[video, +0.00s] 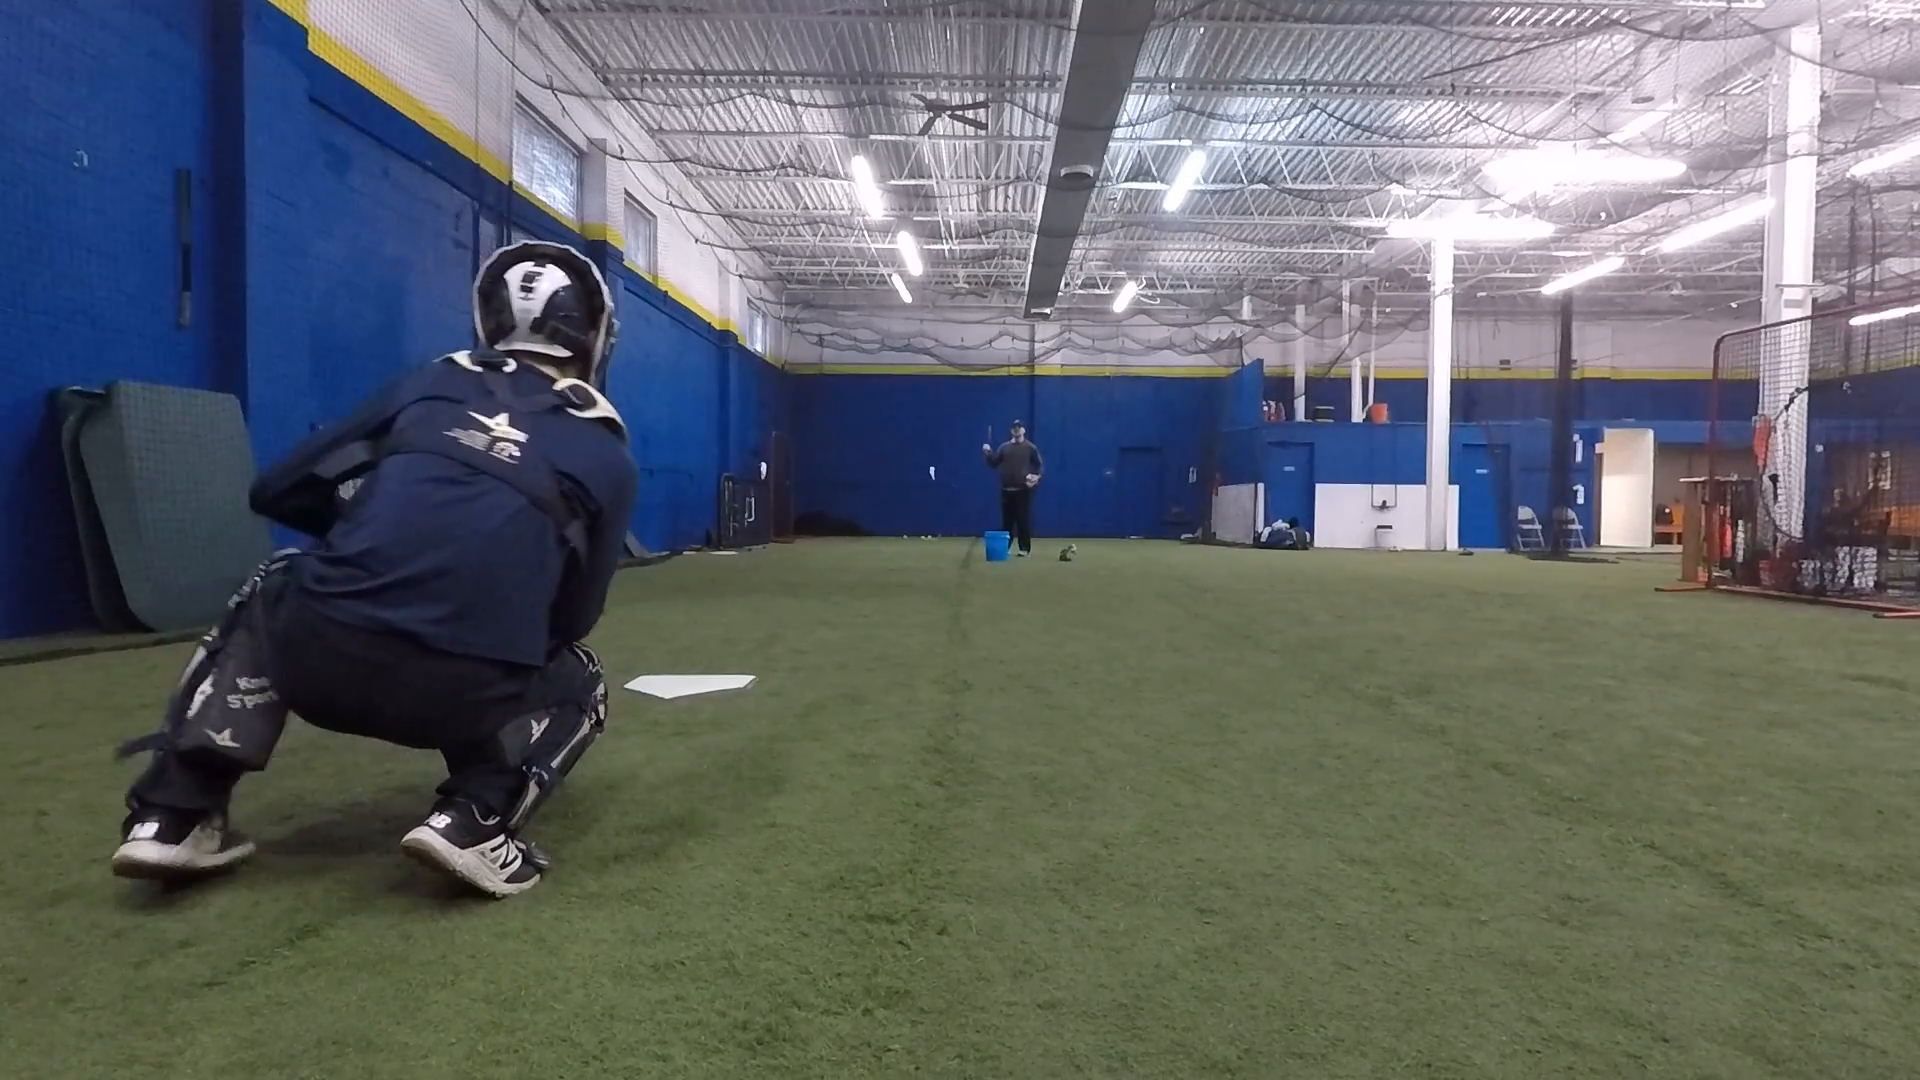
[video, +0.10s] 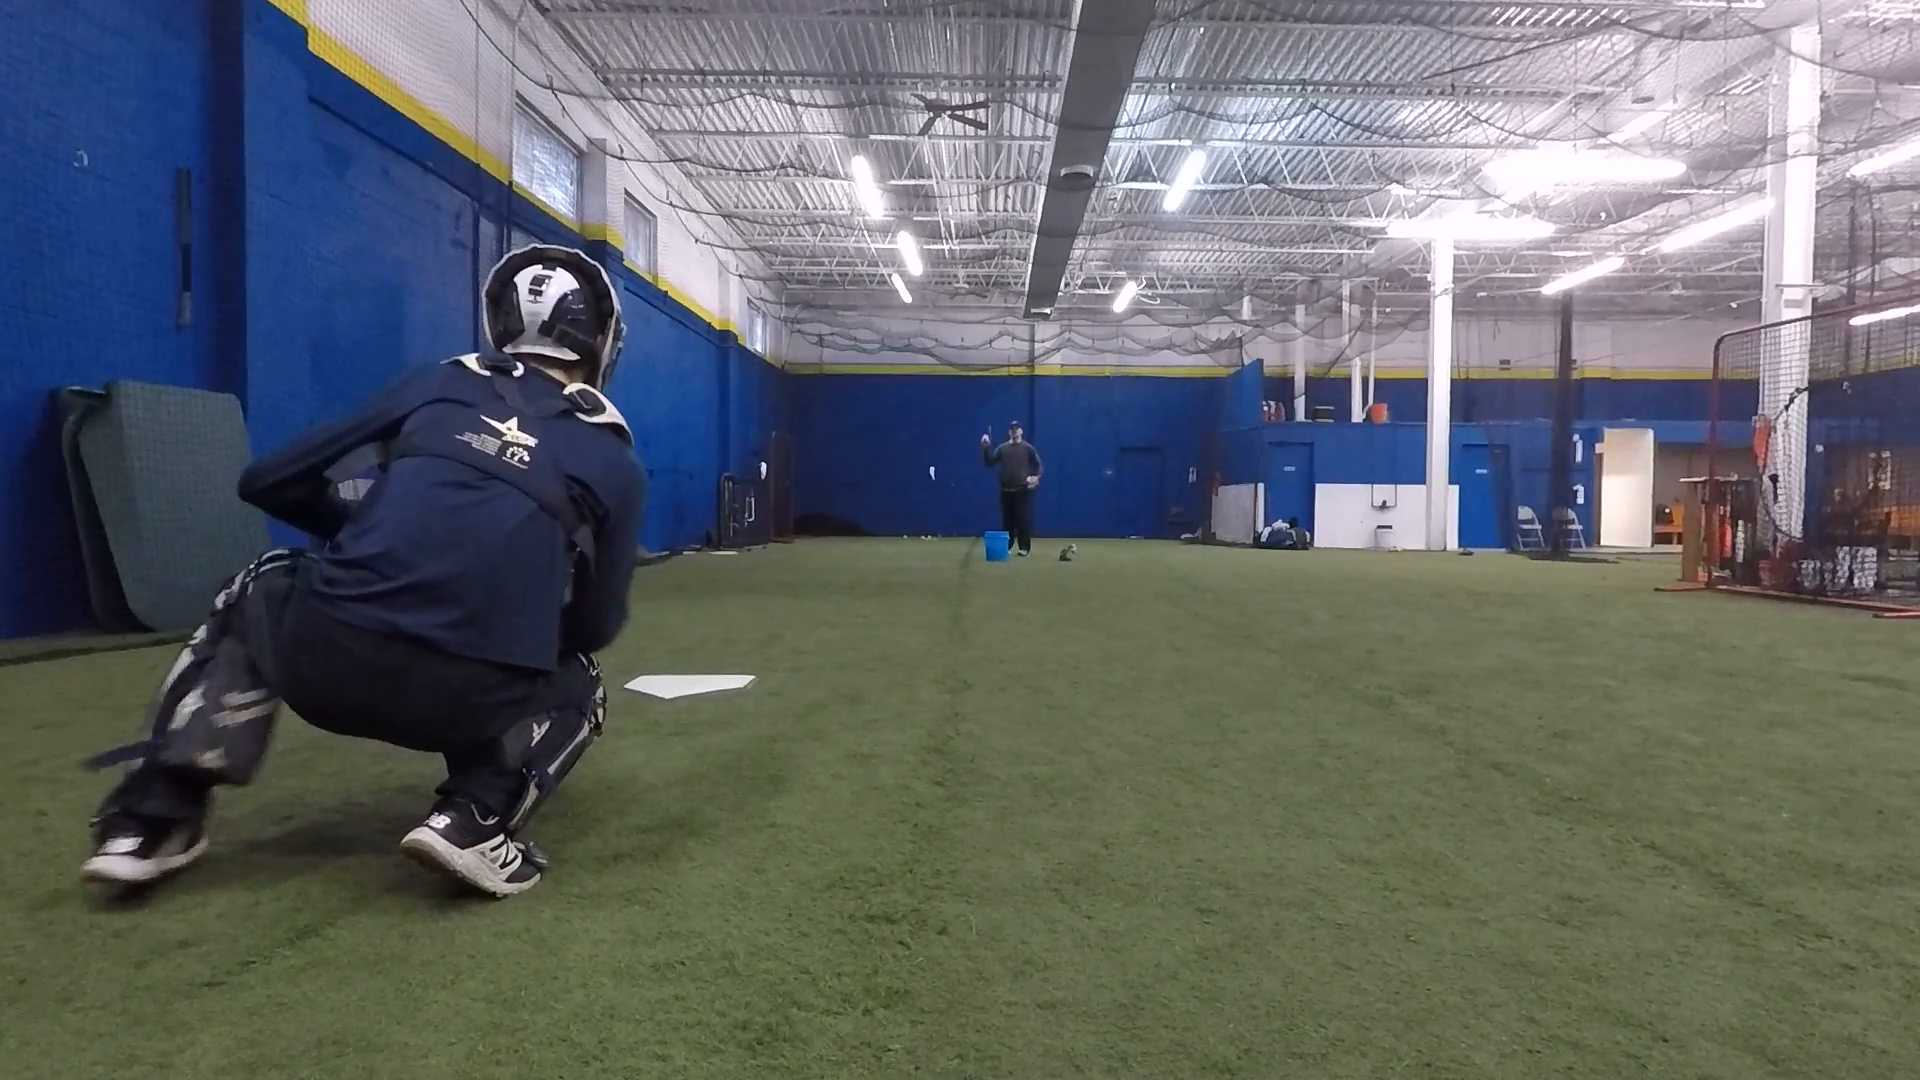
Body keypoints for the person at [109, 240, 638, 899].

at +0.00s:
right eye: (604, 325)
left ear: (490, 322)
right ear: (594, 339)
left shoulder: (433, 380)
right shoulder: (609, 455)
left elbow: (279, 488)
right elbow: (571, 622)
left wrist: (372, 531)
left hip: (324, 655)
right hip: (466, 692)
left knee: (274, 591)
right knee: (577, 685)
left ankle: (173, 809)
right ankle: (473, 820)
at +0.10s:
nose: (606, 345)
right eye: (606, 334)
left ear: (499, 328)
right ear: (601, 347)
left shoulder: (437, 382)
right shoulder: (616, 460)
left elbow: (269, 481)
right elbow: (596, 626)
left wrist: (369, 522)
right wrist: (517, 608)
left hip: (334, 658)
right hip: (477, 696)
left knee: (260, 592)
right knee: (576, 683)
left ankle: (151, 815)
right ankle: (474, 818)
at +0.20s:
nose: (604, 346)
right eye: (602, 333)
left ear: (495, 329)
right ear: (596, 348)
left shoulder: (425, 388)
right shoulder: (610, 460)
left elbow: (262, 490)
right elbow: (628, 632)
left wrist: (361, 536)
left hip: (324, 658)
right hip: (470, 691)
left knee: (252, 603)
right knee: (581, 676)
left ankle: (117, 828)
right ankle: (472, 819)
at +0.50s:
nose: (542, 365)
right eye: (539, 353)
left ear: (423, 350)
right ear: (525, 357)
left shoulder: (349, 415)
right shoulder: (520, 438)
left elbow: (221, 535)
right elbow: (621, 587)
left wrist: (323, 575)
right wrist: (652, 695)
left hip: (255, 682)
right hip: (404, 696)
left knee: (213, 655)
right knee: (581, 664)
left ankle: (102, 849)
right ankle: (463, 833)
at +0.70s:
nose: (492, 346)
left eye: (491, 331)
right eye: (488, 330)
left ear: (377, 332)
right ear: (471, 329)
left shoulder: (312, 394)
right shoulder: (456, 406)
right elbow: (516, 516)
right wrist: (551, 637)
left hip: (193, 643)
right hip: (331, 650)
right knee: (537, 660)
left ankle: (113, 839)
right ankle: (445, 840)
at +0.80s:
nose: (477, 297)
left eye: (473, 281)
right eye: (472, 280)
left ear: (361, 284)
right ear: (457, 283)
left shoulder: (287, 353)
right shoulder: (434, 351)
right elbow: (465, 426)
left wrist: (421, 581)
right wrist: (493, 579)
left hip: (171, 590)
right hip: (308, 587)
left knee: (245, 654)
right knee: (543, 626)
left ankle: (116, 835)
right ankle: (455, 834)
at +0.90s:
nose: (469, 268)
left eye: (468, 254)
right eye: (465, 251)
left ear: (354, 240)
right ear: (447, 247)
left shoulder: (276, 305)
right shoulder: (423, 297)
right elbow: (433, 354)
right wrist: (434, 503)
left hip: (157, 535)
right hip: (291, 523)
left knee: (243, 625)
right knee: (533, 587)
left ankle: (111, 828)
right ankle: (486, 810)